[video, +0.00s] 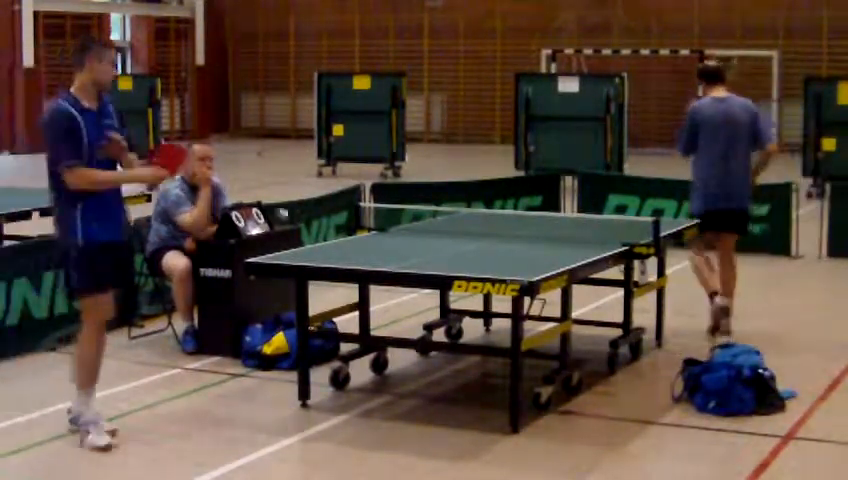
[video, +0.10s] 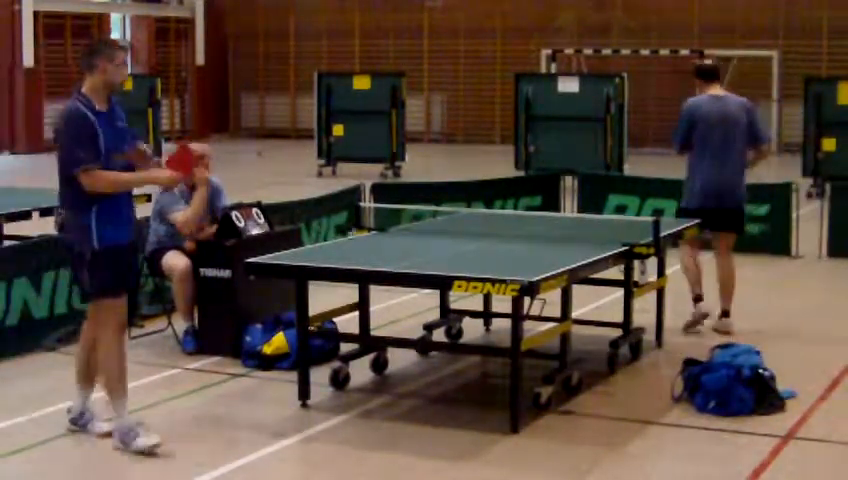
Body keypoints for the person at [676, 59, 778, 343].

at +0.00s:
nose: (700, 89)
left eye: (699, 86)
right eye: (703, 85)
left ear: (702, 84)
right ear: (724, 81)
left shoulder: (698, 109)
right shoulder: (747, 107)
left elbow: (686, 148)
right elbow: (769, 147)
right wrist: (754, 173)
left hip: (707, 193)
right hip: (738, 192)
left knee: (698, 250)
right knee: (727, 253)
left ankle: (715, 295)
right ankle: (724, 315)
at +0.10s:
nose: (696, 86)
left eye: (695, 81)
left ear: (698, 81)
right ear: (720, 77)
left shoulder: (693, 106)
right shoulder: (743, 105)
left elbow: (681, 146)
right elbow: (761, 147)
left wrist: (704, 144)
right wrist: (744, 163)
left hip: (699, 192)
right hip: (731, 193)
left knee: (689, 247)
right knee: (724, 251)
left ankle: (699, 303)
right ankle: (725, 315)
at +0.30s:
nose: (680, 87)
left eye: (681, 83)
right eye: (682, 83)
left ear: (685, 82)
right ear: (705, 79)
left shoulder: (682, 107)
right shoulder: (727, 106)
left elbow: (670, 146)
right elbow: (738, 140)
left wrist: (674, 158)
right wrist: (714, 150)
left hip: (685, 192)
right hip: (717, 193)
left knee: (679, 249)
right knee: (715, 250)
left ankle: (675, 305)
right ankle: (723, 311)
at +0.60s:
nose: (652, 87)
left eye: (654, 82)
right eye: (651, 82)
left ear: (669, 80)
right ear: (675, 79)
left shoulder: (671, 107)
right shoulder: (701, 105)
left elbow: (660, 150)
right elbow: (707, 146)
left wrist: (646, 145)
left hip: (671, 189)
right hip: (697, 187)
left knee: (670, 245)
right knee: (679, 239)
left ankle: (673, 304)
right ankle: (700, 279)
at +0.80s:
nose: (643, 88)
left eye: (645, 83)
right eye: (642, 83)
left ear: (658, 81)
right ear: (661, 79)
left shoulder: (676, 108)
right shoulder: (674, 105)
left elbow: (678, 152)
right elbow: (670, 149)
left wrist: (654, 176)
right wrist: (652, 173)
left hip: (674, 191)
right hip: (672, 189)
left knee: (667, 246)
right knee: (666, 245)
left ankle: (673, 302)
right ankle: (668, 297)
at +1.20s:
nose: (646, 111)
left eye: (649, 107)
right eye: (643, 107)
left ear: (659, 101)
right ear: (641, 103)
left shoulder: (681, 115)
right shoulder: (641, 116)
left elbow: (691, 158)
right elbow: (637, 151)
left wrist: (686, 195)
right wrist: (637, 185)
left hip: (676, 188)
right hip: (651, 187)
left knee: (677, 238)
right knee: (657, 240)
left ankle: (686, 285)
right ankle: (664, 286)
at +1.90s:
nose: (671, 102)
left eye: (675, 98)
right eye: (669, 97)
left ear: (683, 98)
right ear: (664, 95)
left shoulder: (694, 116)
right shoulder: (649, 109)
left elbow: (699, 151)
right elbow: (632, 141)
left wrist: (685, 156)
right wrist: (629, 174)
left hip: (677, 182)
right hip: (648, 181)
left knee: (682, 230)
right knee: (648, 230)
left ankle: (685, 279)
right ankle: (650, 277)